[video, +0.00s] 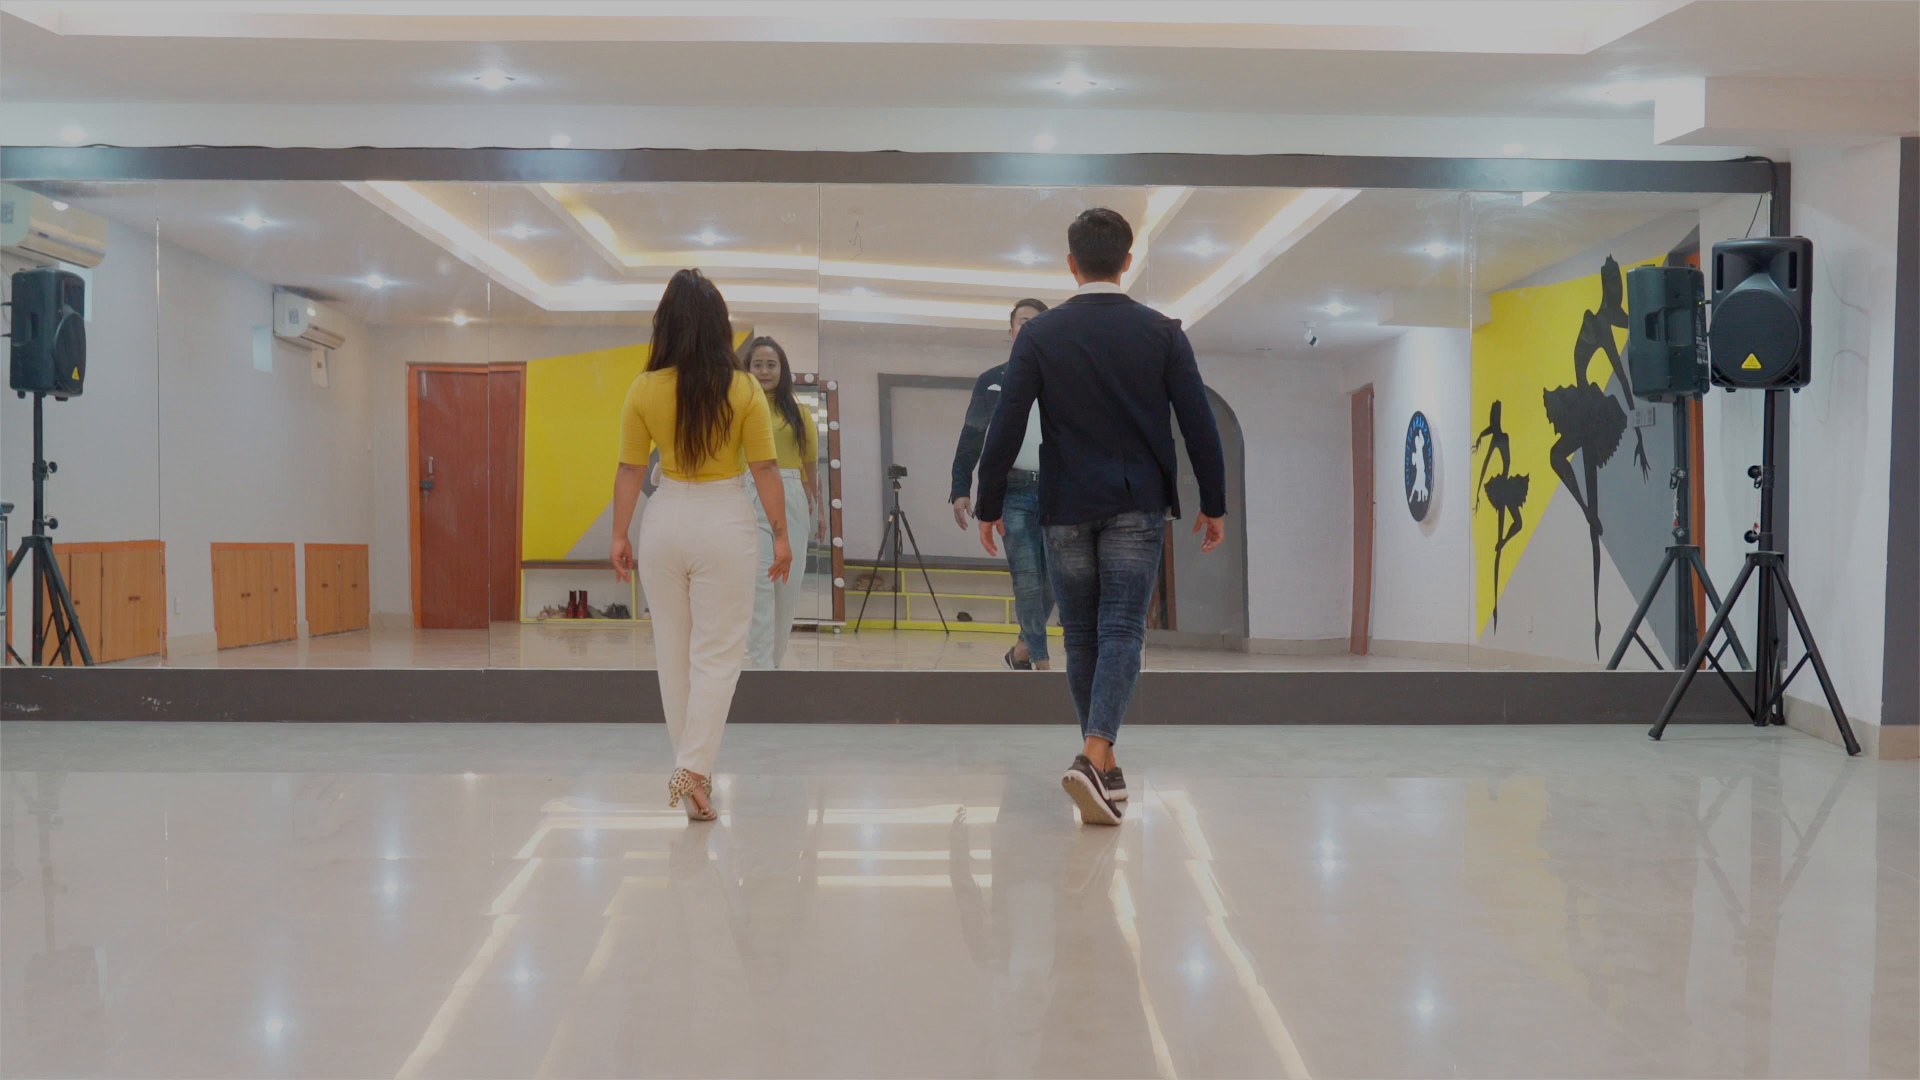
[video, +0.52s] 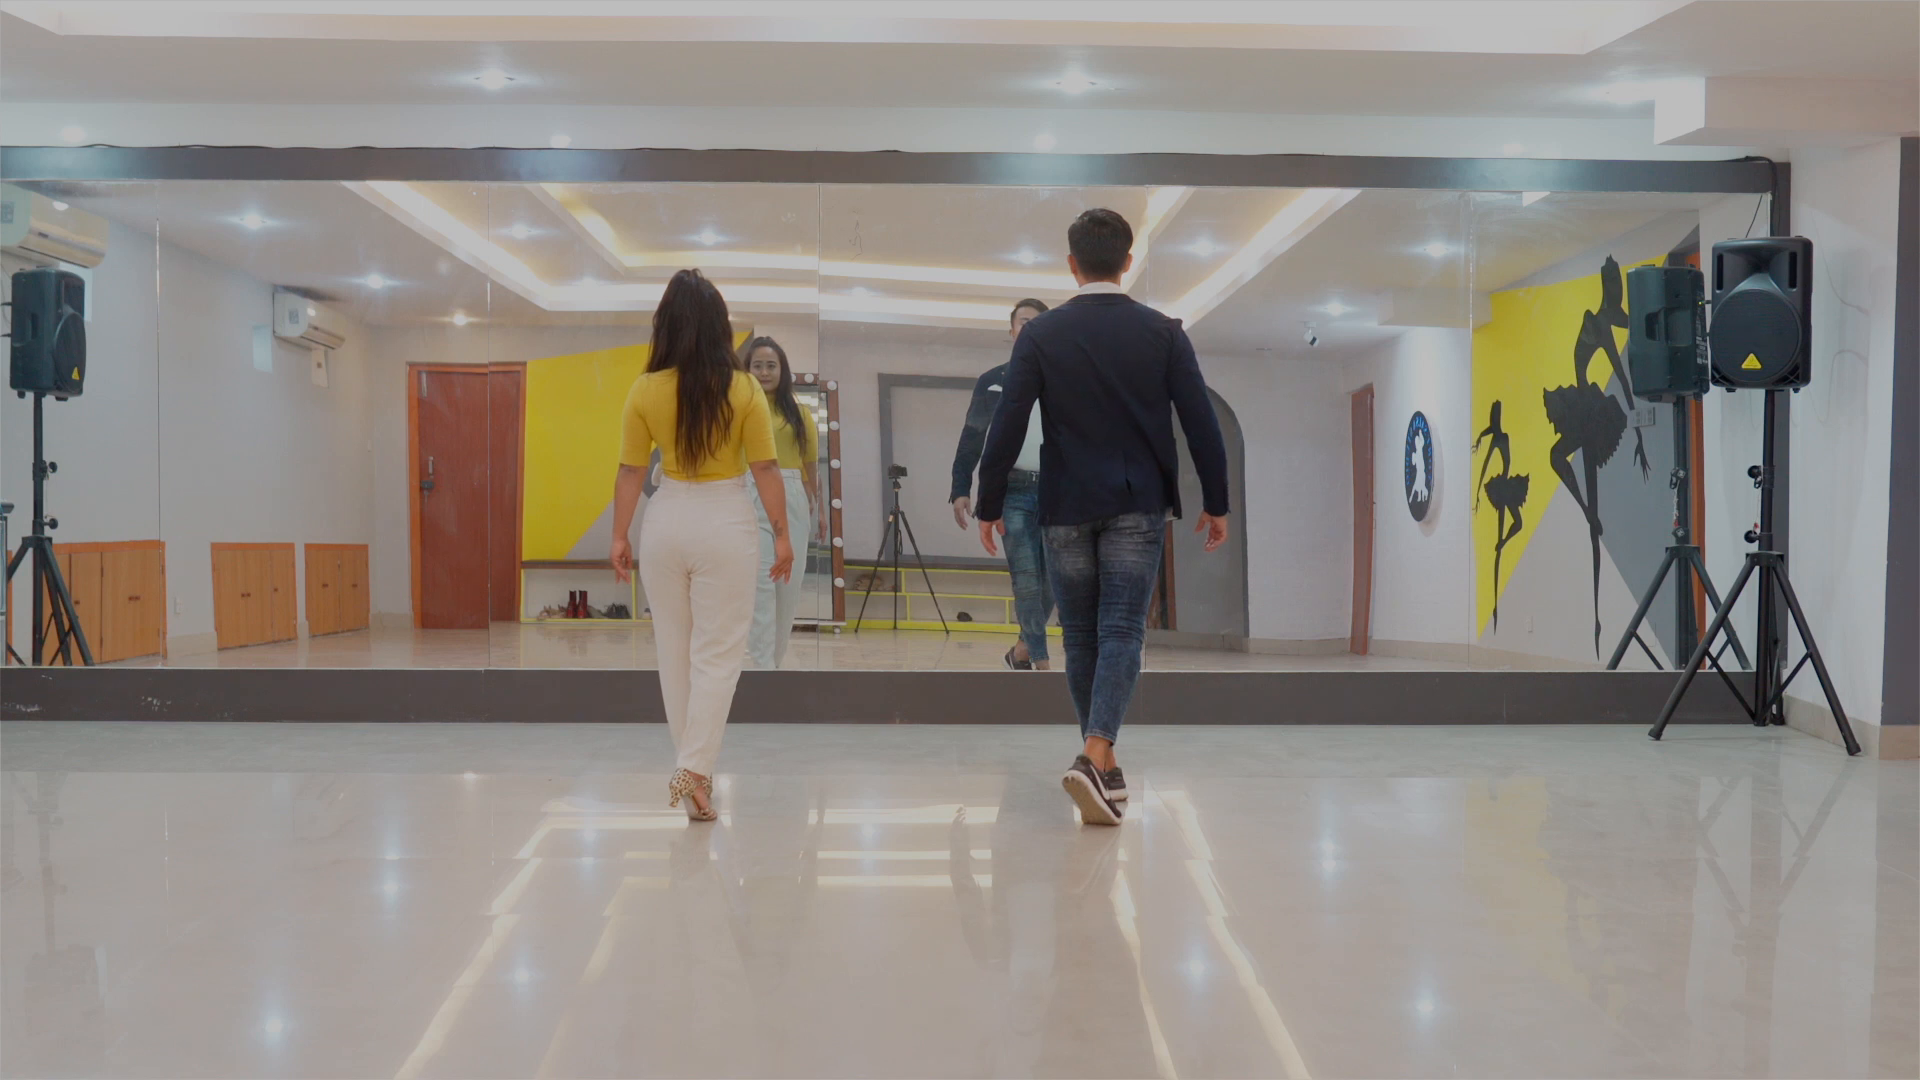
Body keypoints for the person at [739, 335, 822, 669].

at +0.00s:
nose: (764, 371)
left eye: (771, 364)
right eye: (757, 364)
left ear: (782, 370)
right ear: (746, 370)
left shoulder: (799, 413)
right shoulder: (740, 411)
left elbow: (809, 470)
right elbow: (730, 465)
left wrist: (817, 512)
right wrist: (730, 507)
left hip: (791, 499)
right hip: (751, 498)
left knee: (788, 585)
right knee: (760, 586)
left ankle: (773, 668)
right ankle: (759, 672)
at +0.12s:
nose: (764, 370)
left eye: (771, 364)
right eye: (757, 364)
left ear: (782, 370)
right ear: (745, 370)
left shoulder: (800, 413)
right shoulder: (740, 411)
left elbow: (809, 470)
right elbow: (730, 465)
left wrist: (817, 512)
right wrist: (730, 507)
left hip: (791, 499)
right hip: (751, 498)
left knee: (788, 584)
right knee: (760, 585)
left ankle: (773, 667)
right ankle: (759, 671)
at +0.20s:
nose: (763, 370)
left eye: (770, 364)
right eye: (756, 364)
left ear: (782, 370)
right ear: (745, 370)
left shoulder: (800, 413)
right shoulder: (741, 411)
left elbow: (809, 470)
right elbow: (730, 465)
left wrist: (816, 512)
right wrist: (730, 506)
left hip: (792, 498)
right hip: (751, 497)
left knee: (789, 584)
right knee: (761, 585)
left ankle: (773, 667)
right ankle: (759, 671)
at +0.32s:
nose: (763, 370)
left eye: (770, 364)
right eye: (756, 364)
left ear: (782, 369)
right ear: (745, 370)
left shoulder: (799, 412)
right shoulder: (741, 410)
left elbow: (809, 469)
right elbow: (731, 465)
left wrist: (816, 512)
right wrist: (731, 508)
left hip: (792, 499)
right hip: (752, 499)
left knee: (789, 585)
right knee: (761, 585)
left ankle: (774, 666)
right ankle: (760, 670)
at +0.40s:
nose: (764, 371)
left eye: (771, 364)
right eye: (756, 364)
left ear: (782, 370)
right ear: (745, 370)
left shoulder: (800, 413)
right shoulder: (741, 411)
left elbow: (809, 470)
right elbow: (731, 465)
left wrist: (816, 512)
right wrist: (731, 508)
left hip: (792, 500)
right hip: (752, 499)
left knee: (789, 585)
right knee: (761, 587)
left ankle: (773, 668)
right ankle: (760, 672)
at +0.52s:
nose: (764, 371)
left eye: (771, 365)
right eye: (757, 365)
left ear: (783, 370)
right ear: (746, 370)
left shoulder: (800, 413)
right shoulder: (741, 411)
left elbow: (809, 470)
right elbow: (731, 465)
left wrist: (817, 511)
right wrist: (730, 506)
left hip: (793, 499)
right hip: (752, 498)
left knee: (789, 584)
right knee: (761, 585)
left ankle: (773, 666)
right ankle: (761, 670)